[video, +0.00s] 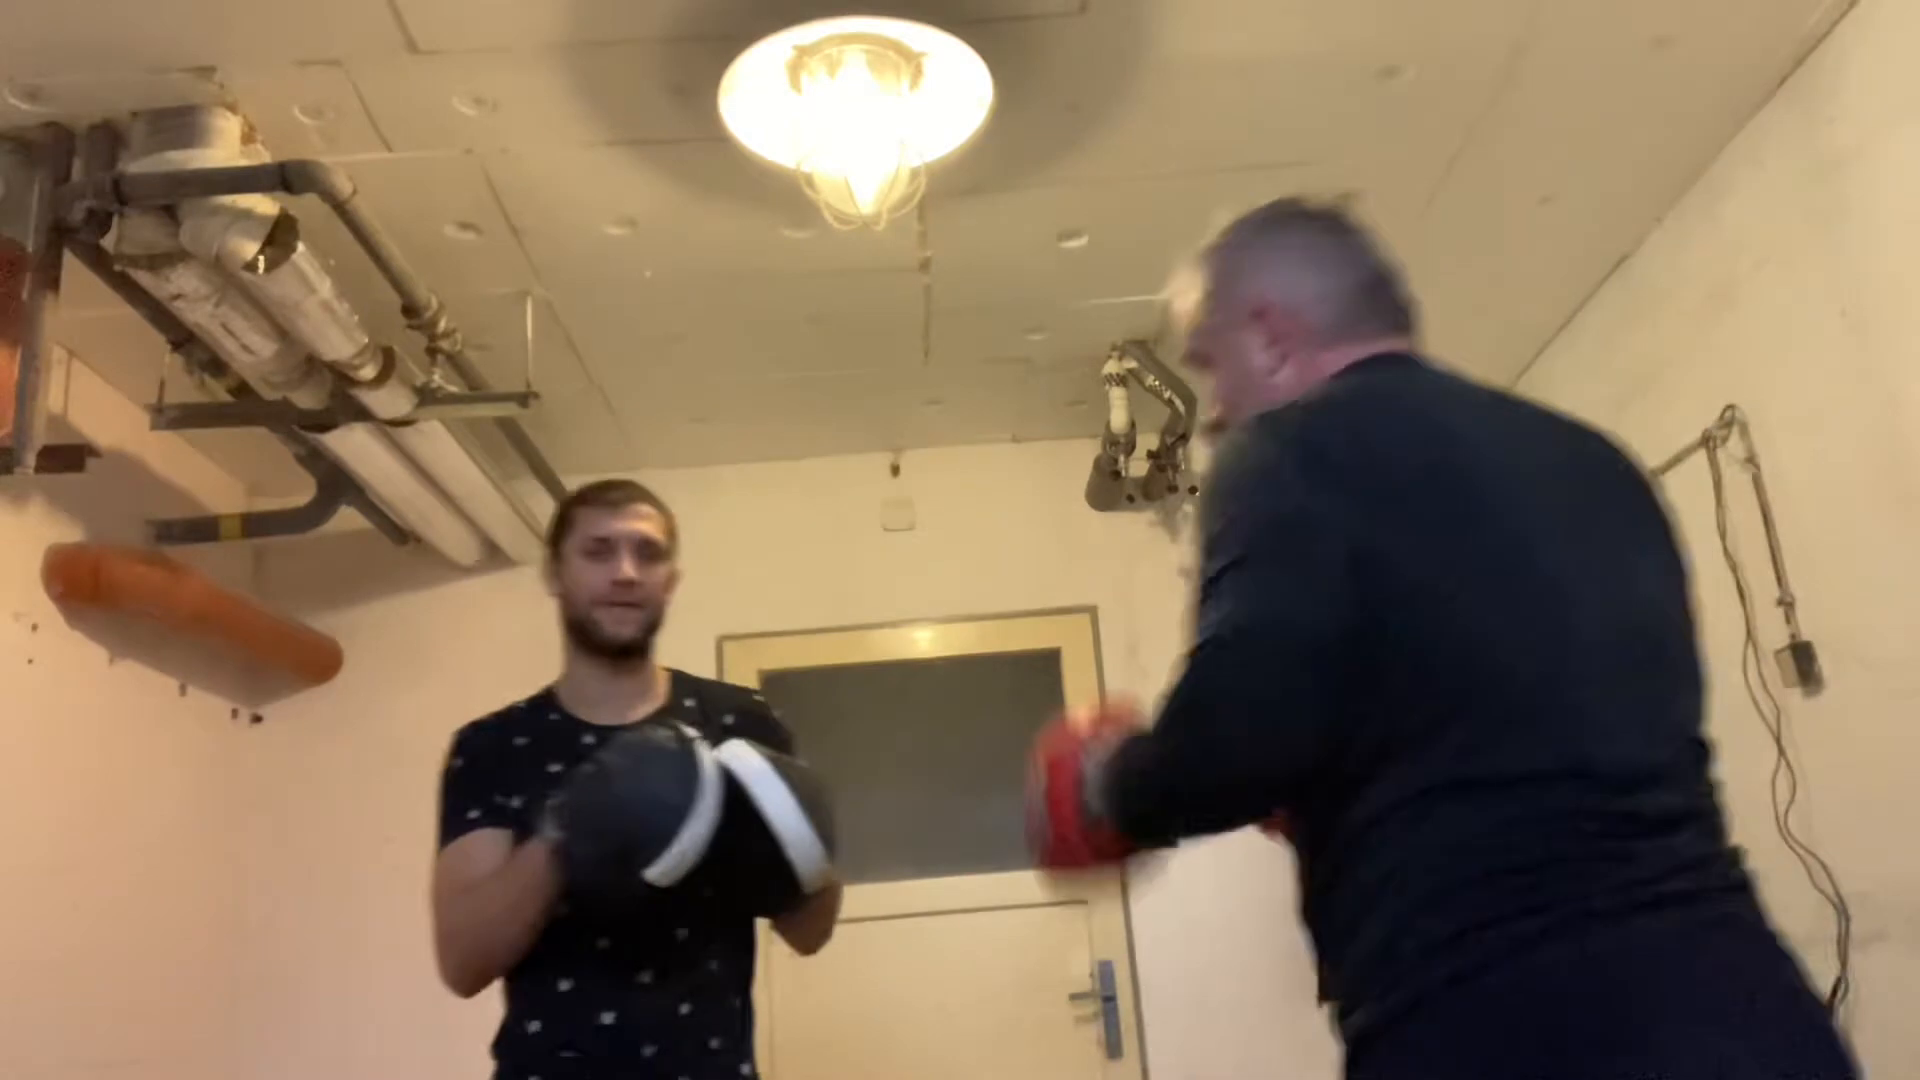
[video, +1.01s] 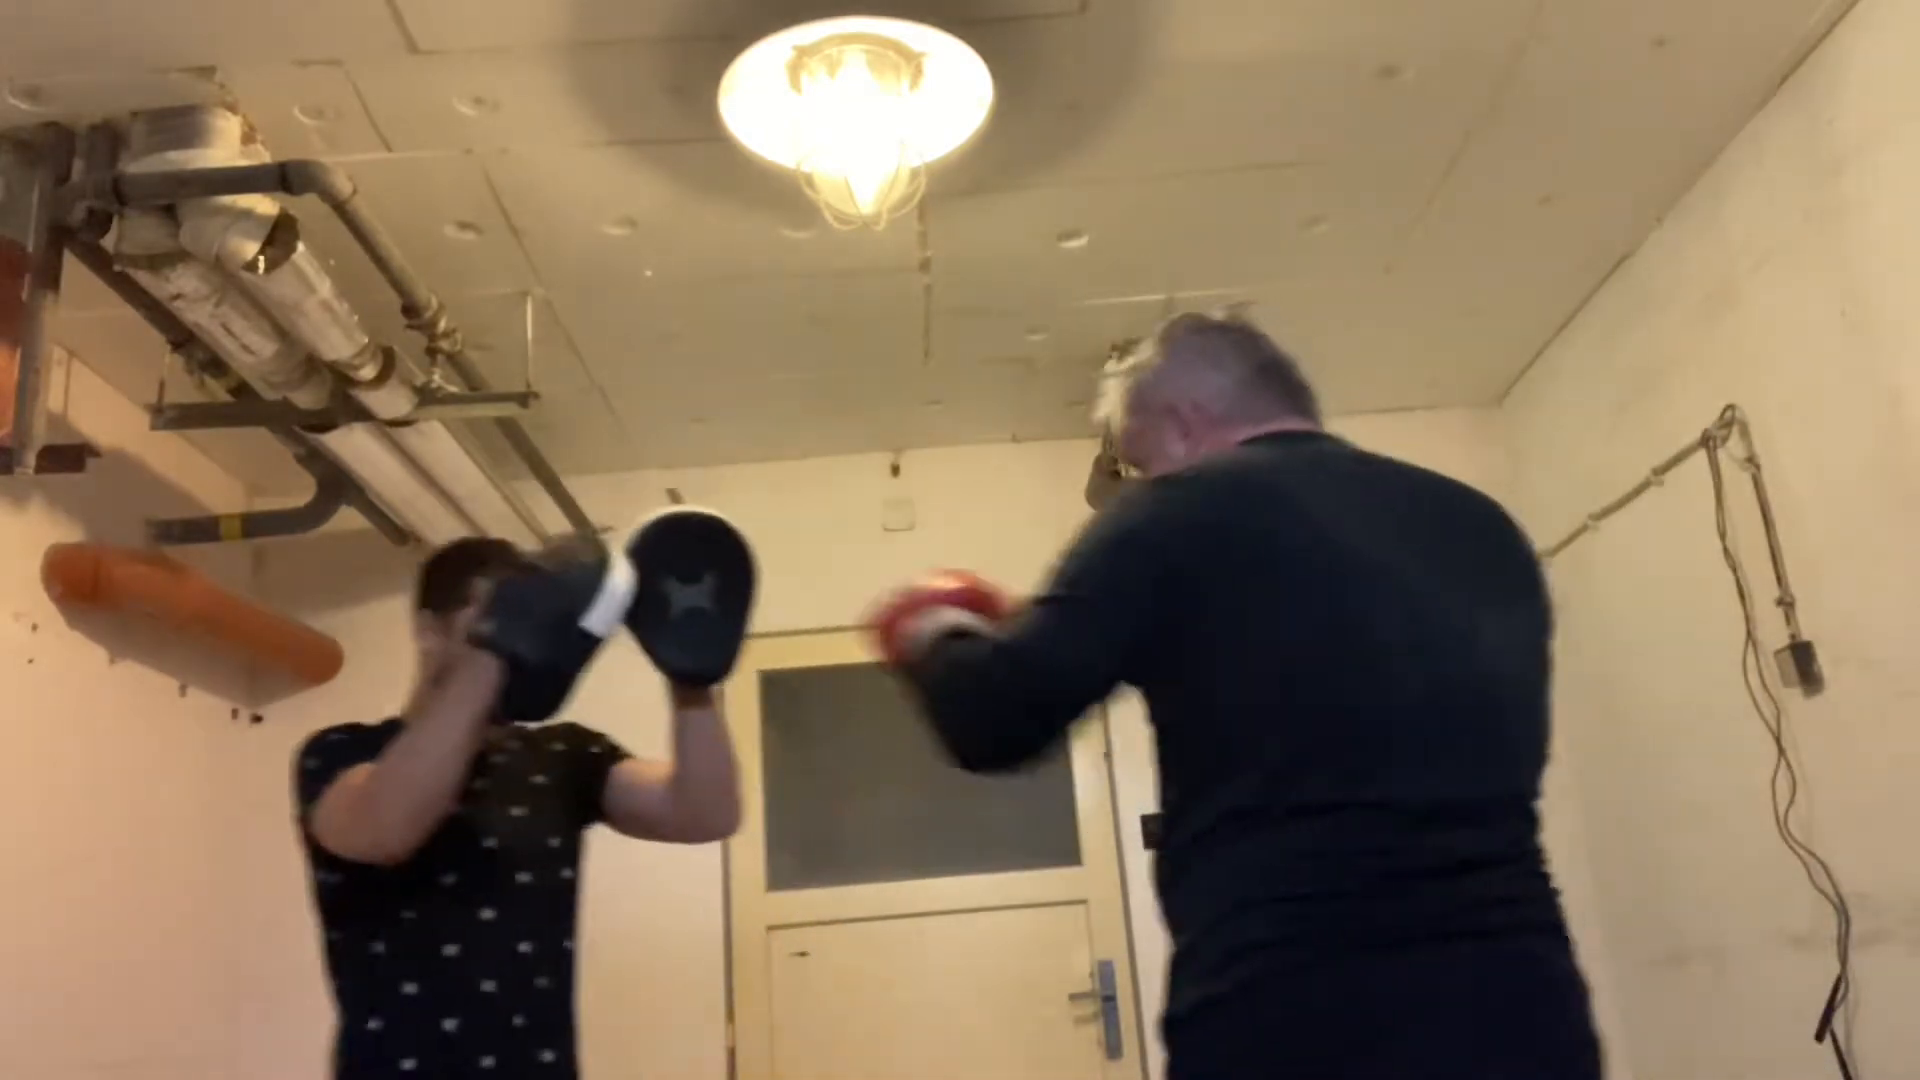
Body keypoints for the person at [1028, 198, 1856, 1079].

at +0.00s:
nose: (1213, 414)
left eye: (1209, 368)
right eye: (1199, 378)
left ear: (1271, 337)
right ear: (1392, 319)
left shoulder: (1292, 461)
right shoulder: (1592, 455)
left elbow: (1257, 727)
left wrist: (1108, 789)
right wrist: (1318, 783)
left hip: (1474, 1021)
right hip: (1737, 996)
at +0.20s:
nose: (1104, 470)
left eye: (1095, 431)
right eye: (1089, 437)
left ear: (1140, 396)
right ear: (1261, 362)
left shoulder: (1159, 528)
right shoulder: (1481, 469)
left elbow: (1082, 845)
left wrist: (1050, 705)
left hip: (1359, 1030)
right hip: (1618, 1004)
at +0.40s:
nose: (1080, 476)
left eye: (1070, 433)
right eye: (1067, 440)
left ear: (1116, 401)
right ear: (1240, 374)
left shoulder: (1115, 533)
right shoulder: (1448, 479)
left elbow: (1039, 835)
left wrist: (1016, 694)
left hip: (1305, 1019)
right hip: (1565, 993)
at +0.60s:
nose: (1142, 466)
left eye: (1135, 431)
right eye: (1130, 437)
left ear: (1185, 397)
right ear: (1302, 382)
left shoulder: (1180, 524)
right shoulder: (1492, 503)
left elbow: (1099, 805)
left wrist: (1036, 712)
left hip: (1317, 1017)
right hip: (1562, 992)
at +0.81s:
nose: (1175, 486)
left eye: (1170, 455)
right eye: (1163, 465)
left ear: (1225, 415)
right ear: (1334, 408)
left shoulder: (1227, 511)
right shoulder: (1521, 530)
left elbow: (1141, 762)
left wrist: (1074, 679)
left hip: (1331, 1027)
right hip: (1574, 1017)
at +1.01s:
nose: (1138, 490)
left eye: (1133, 466)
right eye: (1129, 472)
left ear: (1181, 425)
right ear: (1296, 407)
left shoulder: (1173, 523)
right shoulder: (1483, 527)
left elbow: (994, 722)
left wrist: (940, 638)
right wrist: (1042, 626)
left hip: (1273, 1021)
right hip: (1519, 1017)